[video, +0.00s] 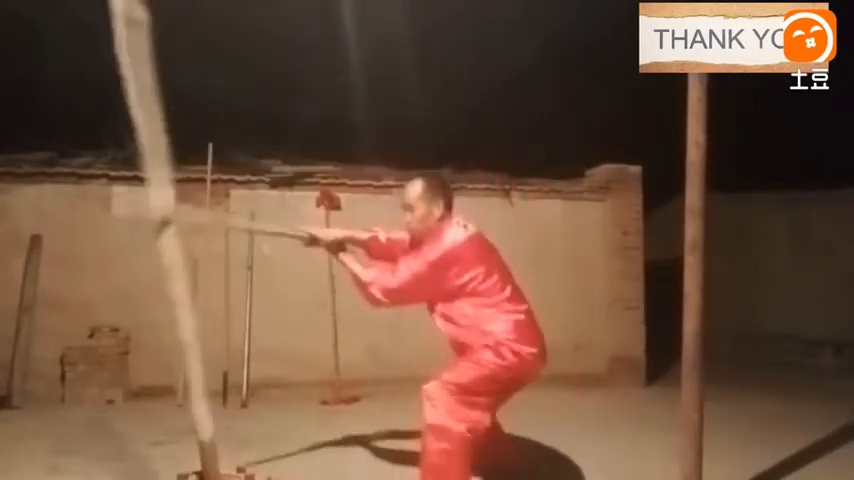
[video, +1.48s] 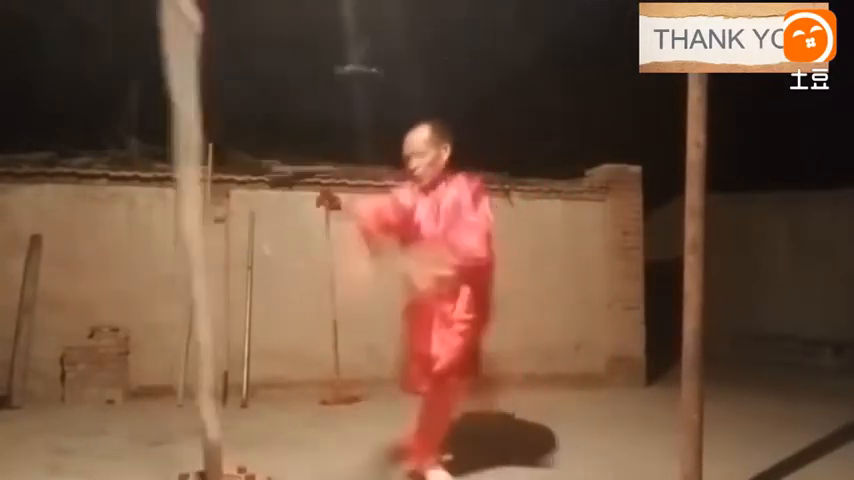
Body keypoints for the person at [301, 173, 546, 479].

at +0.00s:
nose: (405, 218)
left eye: (410, 209)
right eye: (405, 209)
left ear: (438, 210)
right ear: (436, 209)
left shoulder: (449, 248)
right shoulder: (452, 235)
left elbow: (384, 289)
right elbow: (395, 244)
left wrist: (343, 253)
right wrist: (342, 236)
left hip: (508, 352)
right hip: (511, 347)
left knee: (440, 395)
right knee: (460, 397)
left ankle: (445, 474)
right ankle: (497, 460)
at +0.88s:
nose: (428, 191)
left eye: (435, 183)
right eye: (427, 183)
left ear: (459, 184)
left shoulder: (470, 220)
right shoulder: (464, 217)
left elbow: (404, 246)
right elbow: (405, 223)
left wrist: (364, 209)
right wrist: (351, 205)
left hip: (496, 337)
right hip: (497, 335)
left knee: (437, 401)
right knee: (458, 406)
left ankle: (450, 474)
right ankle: (465, 473)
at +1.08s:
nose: (429, 175)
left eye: (436, 166)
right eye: (427, 168)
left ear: (460, 168)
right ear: (430, 169)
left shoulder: (473, 206)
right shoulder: (453, 202)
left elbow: (409, 219)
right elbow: (408, 199)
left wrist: (345, 200)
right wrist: (375, 166)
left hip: (501, 326)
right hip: (477, 323)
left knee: (473, 409)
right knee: (474, 407)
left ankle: (464, 474)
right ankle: (473, 471)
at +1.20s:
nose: (423, 166)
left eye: (429, 158)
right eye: (422, 159)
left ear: (453, 160)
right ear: (449, 162)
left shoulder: (468, 194)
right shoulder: (445, 192)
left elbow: (404, 204)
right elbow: (392, 184)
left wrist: (336, 192)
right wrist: (366, 145)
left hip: (499, 304)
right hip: (470, 306)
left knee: (483, 367)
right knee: (466, 377)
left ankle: (517, 457)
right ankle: (487, 457)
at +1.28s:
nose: (419, 164)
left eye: (425, 155)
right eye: (417, 157)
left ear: (449, 156)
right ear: (424, 162)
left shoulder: (466, 189)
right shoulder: (440, 190)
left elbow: (402, 206)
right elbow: (379, 188)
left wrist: (334, 192)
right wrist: (353, 148)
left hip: (492, 305)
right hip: (466, 308)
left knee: (486, 383)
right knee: (463, 390)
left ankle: (519, 461)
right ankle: (488, 461)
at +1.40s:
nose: (418, 158)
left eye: (425, 150)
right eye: (414, 151)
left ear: (448, 148)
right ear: (411, 153)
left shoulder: (467, 186)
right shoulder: (413, 190)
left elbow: (452, 230)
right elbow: (373, 200)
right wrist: (334, 200)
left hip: (481, 293)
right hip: (439, 293)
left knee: (461, 363)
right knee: (443, 365)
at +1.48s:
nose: (412, 164)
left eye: (419, 155)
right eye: (408, 157)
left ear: (444, 153)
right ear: (406, 159)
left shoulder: (466, 191)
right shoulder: (412, 196)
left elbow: (476, 249)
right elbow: (379, 210)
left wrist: (439, 267)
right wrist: (343, 206)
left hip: (462, 296)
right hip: (424, 295)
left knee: (445, 372)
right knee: (426, 371)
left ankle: (426, 458)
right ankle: (427, 439)